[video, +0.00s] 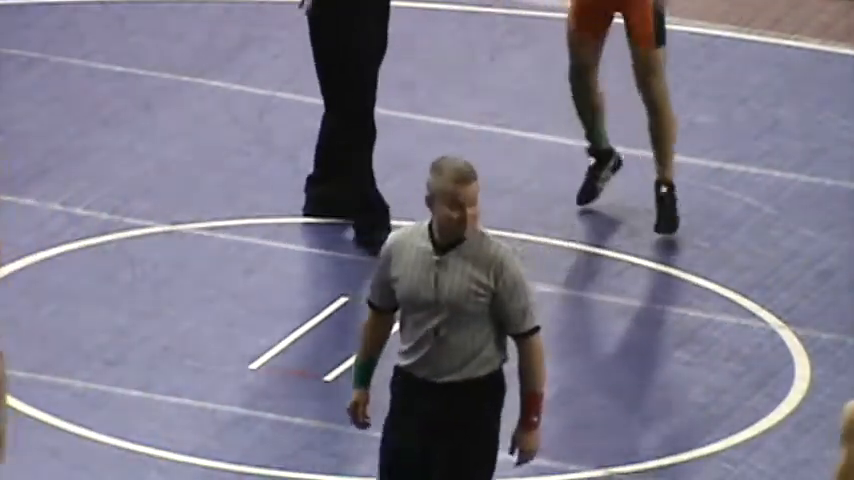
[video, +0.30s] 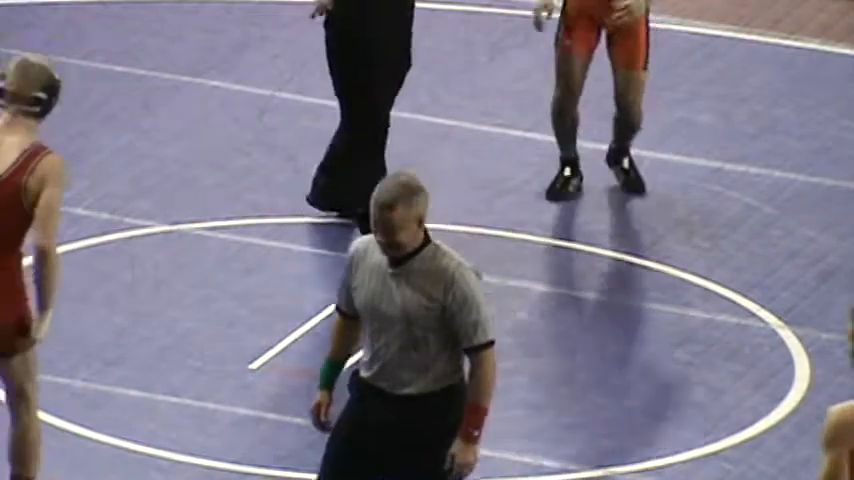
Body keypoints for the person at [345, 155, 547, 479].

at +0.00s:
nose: (466, 216)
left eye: (472, 206)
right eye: (455, 207)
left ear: (479, 202)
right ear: (430, 202)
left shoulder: (497, 261)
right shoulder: (398, 248)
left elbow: (528, 339)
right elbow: (379, 316)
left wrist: (530, 421)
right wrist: (361, 384)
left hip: (474, 397)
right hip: (411, 391)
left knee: (466, 472)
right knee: (397, 472)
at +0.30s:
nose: (382, 239)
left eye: (392, 231)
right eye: (377, 229)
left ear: (421, 224)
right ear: (371, 223)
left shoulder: (453, 276)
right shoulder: (362, 254)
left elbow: (483, 358)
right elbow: (347, 321)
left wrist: (469, 438)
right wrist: (326, 385)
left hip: (431, 407)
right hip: (370, 396)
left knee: (417, 472)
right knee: (336, 472)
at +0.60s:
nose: (303, 245)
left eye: (312, 236)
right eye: (296, 235)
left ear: (335, 225)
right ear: (287, 227)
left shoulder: (367, 282)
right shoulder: (278, 265)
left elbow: (394, 365)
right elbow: (268, 334)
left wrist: (391, 446)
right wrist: (258, 402)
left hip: (347, 414)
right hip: (287, 410)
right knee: (267, 472)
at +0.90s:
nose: (237, 241)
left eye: (243, 228)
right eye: (225, 232)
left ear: (254, 216)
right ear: (205, 228)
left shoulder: (281, 276)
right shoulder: (197, 258)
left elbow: (310, 356)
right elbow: (186, 324)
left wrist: (285, 437)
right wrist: (160, 384)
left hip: (258, 407)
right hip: (213, 400)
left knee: (236, 474)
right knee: (219, 472)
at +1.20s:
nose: (119, 263)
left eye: (125, 253)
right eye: (113, 254)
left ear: (155, 239)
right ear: (105, 247)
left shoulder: (179, 297)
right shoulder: (111, 272)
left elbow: (205, 379)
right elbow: (105, 343)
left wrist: (202, 451)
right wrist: (78, 398)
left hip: (161, 421)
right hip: (115, 416)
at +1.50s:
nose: (3, 255)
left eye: (5, 246)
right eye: (2, 247)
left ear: (26, 242)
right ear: (37, 235)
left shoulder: (62, 296)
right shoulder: (42, 276)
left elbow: (78, 385)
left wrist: (53, 465)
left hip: (63, 424)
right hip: (35, 414)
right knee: (12, 468)